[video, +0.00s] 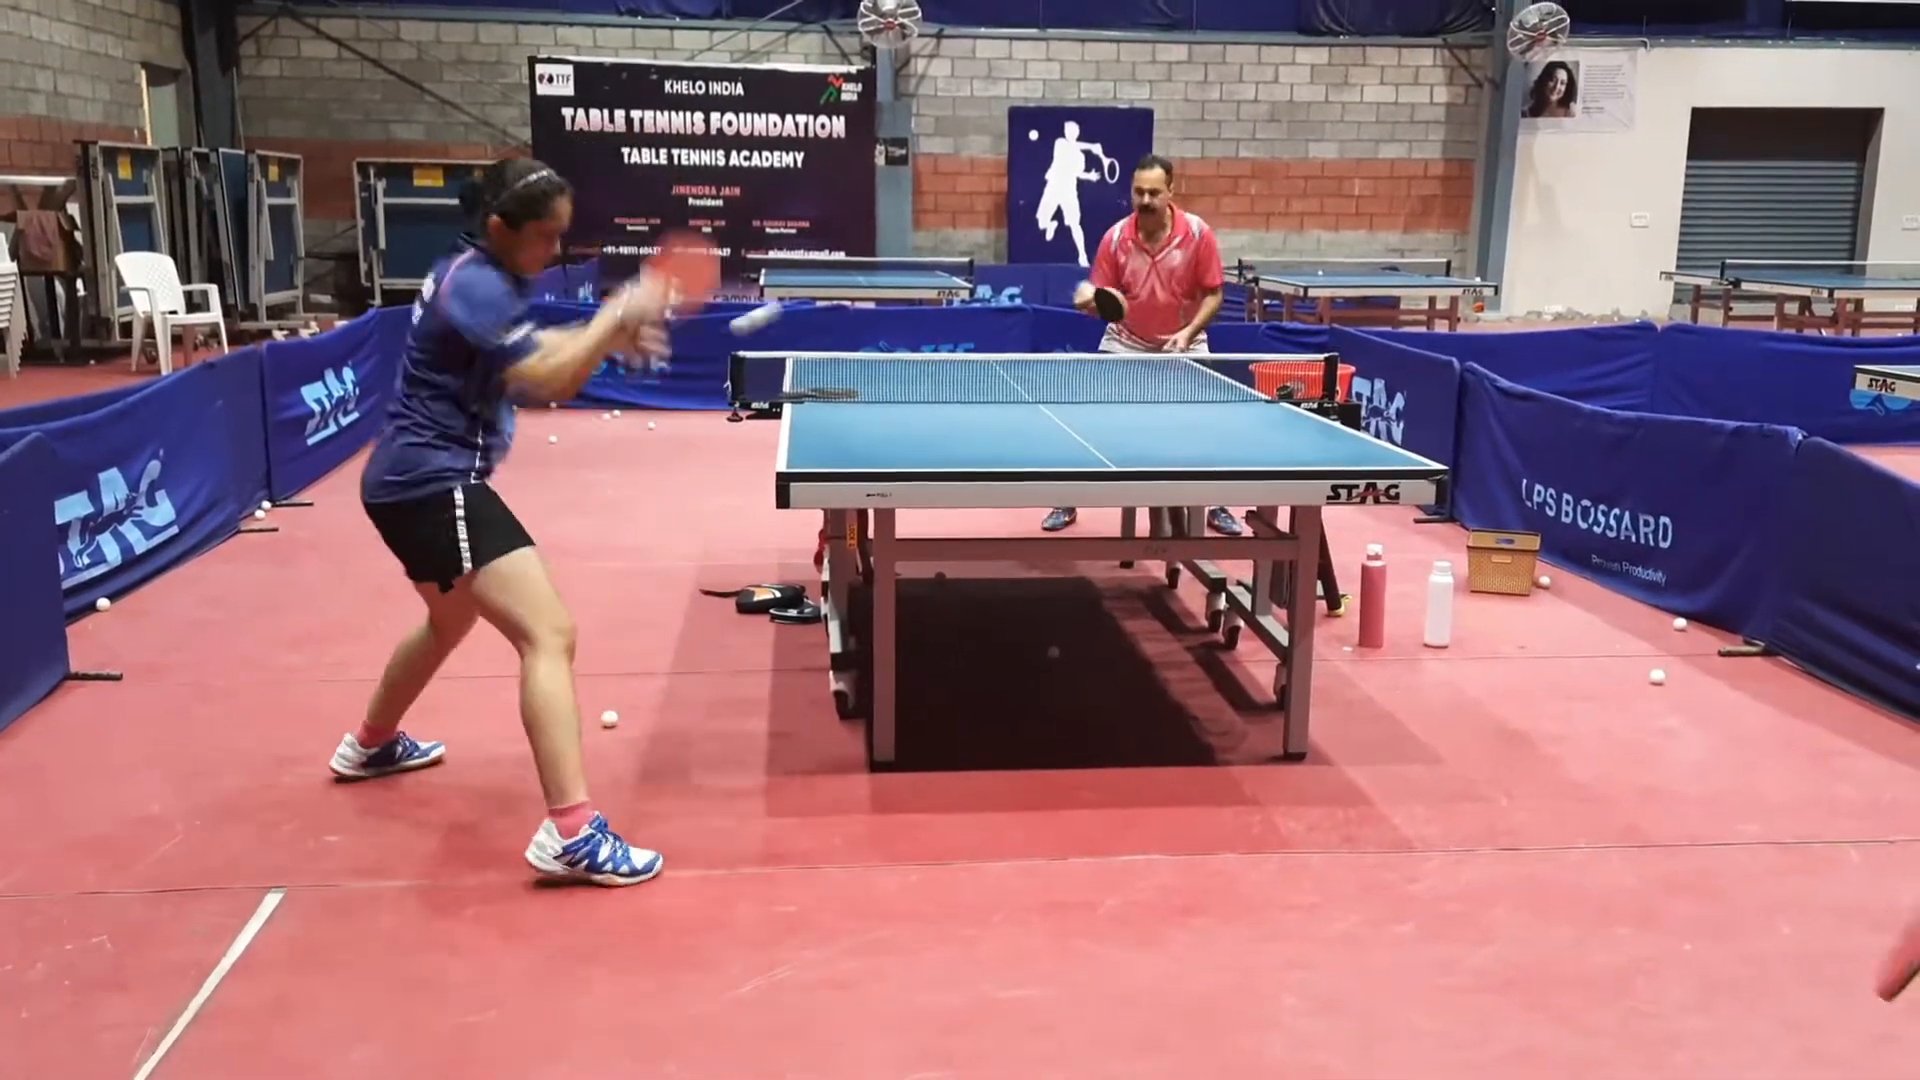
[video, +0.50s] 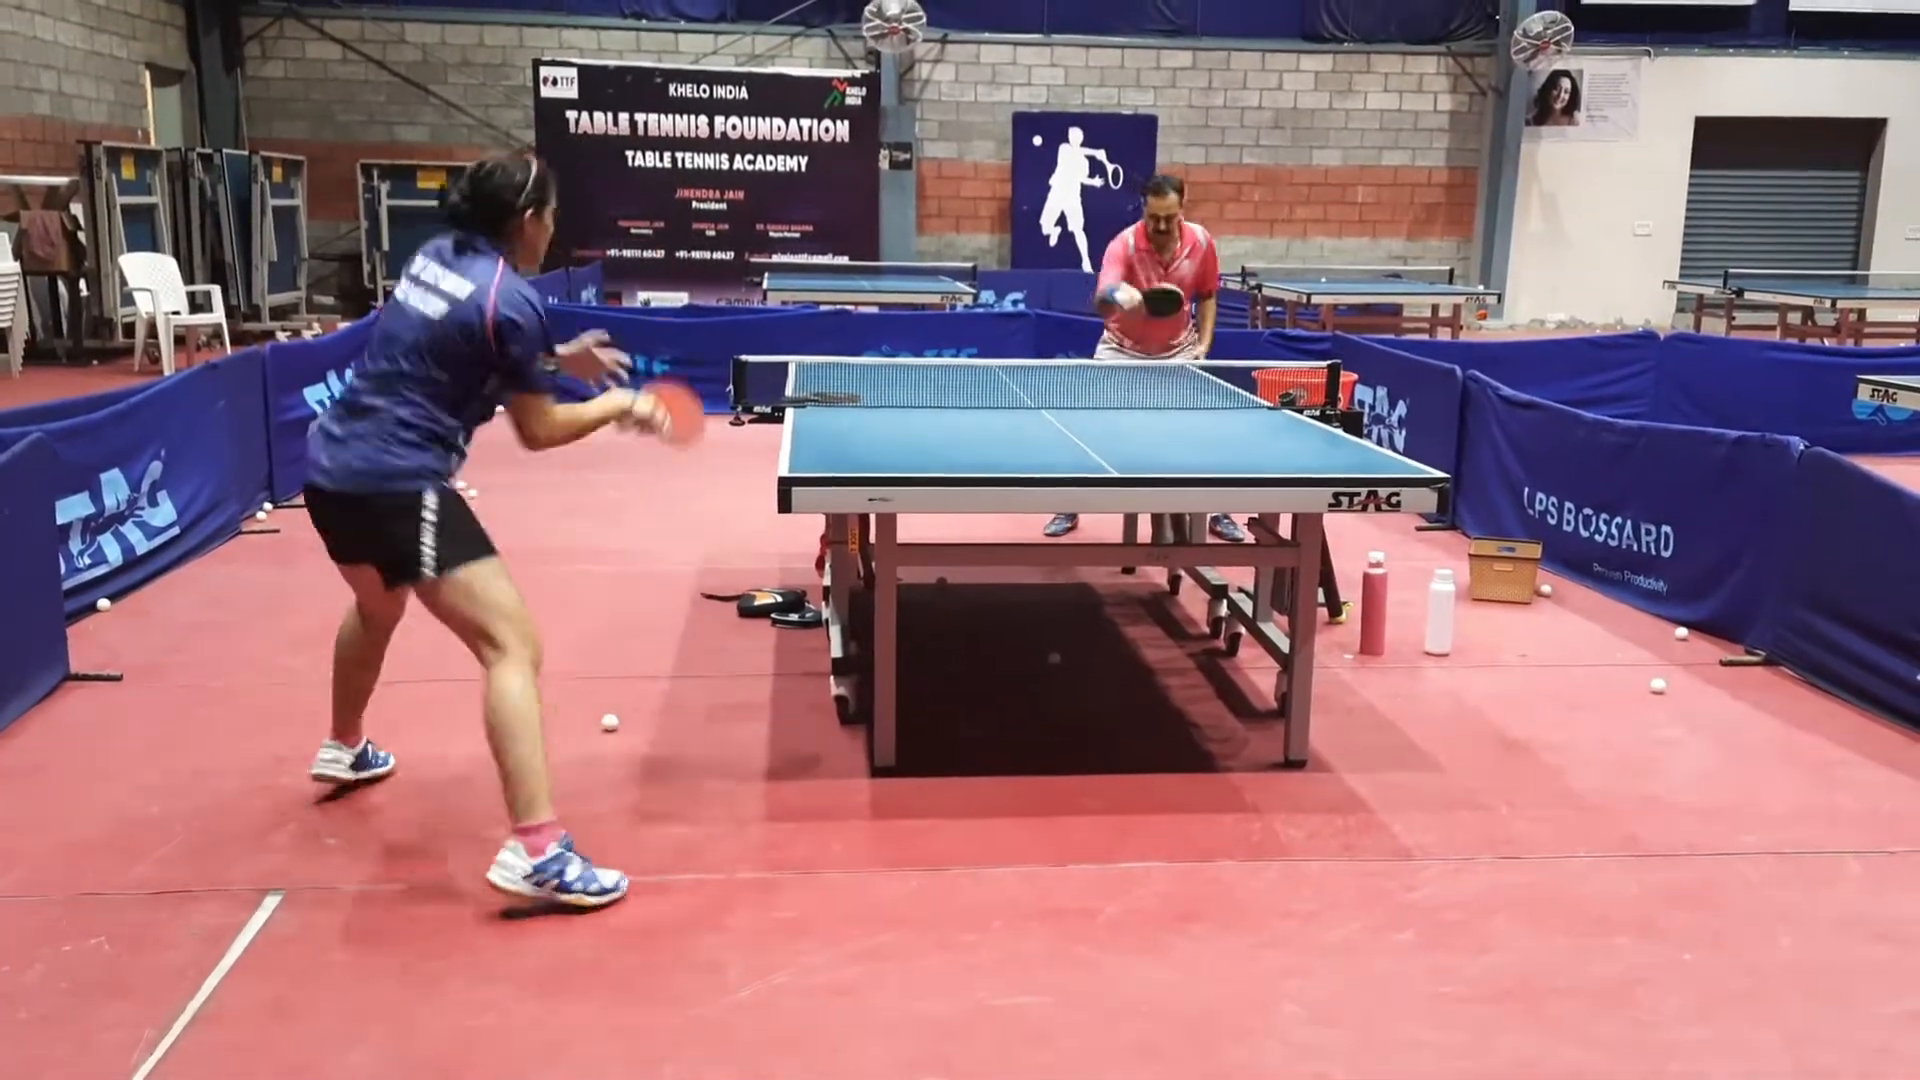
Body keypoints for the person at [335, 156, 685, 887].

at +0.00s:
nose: (557, 247)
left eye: (561, 234)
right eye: (546, 235)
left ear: (509, 229)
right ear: (499, 226)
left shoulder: (477, 272)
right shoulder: (475, 289)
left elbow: (531, 360)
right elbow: (547, 380)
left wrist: (609, 337)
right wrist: (617, 312)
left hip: (405, 479)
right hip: (435, 481)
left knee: (450, 619)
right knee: (547, 634)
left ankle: (371, 744)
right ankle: (573, 829)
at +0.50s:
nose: (551, 230)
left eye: (550, 215)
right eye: (548, 216)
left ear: (479, 210)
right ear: (527, 220)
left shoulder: (439, 252)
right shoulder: (511, 302)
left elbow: (467, 358)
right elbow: (538, 426)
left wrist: (559, 356)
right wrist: (620, 408)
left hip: (330, 470)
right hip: (403, 481)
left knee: (377, 603)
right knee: (511, 648)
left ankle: (341, 747)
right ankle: (537, 849)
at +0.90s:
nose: (575, 356)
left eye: (575, 343)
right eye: (568, 344)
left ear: (530, 350)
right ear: (530, 350)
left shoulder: (534, 402)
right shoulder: (418, 410)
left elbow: (551, 498)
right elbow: (338, 519)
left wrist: (571, 599)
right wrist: (413, 602)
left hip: (406, 546)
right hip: (343, 549)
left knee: (453, 670)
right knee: (485, 677)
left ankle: (306, 778)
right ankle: (452, 881)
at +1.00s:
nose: (550, 353)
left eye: (550, 340)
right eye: (542, 340)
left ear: (500, 342)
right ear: (495, 344)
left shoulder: (521, 393)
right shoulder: (396, 411)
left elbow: (544, 485)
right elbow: (326, 527)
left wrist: (574, 582)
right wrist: (366, 620)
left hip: (407, 548)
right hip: (351, 549)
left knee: (424, 689)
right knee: (478, 673)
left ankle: (303, 781)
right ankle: (451, 883)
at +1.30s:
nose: (507, 223)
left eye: (509, 209)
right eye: (498, 211)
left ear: (438, 208)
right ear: (453, 212)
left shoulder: (384, 241)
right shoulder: (456, 277)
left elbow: (444, 278)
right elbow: (593, 294)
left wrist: (516, 247)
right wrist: (584, 191)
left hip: (321, 486)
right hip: (377, 493)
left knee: (367, 635)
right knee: (483, 659)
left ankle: (294, 781)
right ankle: (459, 865)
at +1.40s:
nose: (508, 200)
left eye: (509, 185)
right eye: (501, 187)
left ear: (433, 184)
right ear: (461, 189)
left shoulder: (375, 229)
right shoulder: (474, 256)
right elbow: (592, 254)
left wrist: (510, 176)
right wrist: (532, 177)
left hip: (312, 475)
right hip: (393, 481)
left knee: (354, 621)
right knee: (496, 652)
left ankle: (312, 777)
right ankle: (478, 851)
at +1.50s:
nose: (492, 224)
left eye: (491, 210)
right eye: (488, 212)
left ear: (409, 213)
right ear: (462, 219)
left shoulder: (354, 268)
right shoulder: (477, 292)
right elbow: (582, 334)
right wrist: (555, 235)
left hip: (313, 504)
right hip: (408, 507)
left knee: (348, 636)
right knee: (524, 674)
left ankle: (303, 801)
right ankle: (518, 869)